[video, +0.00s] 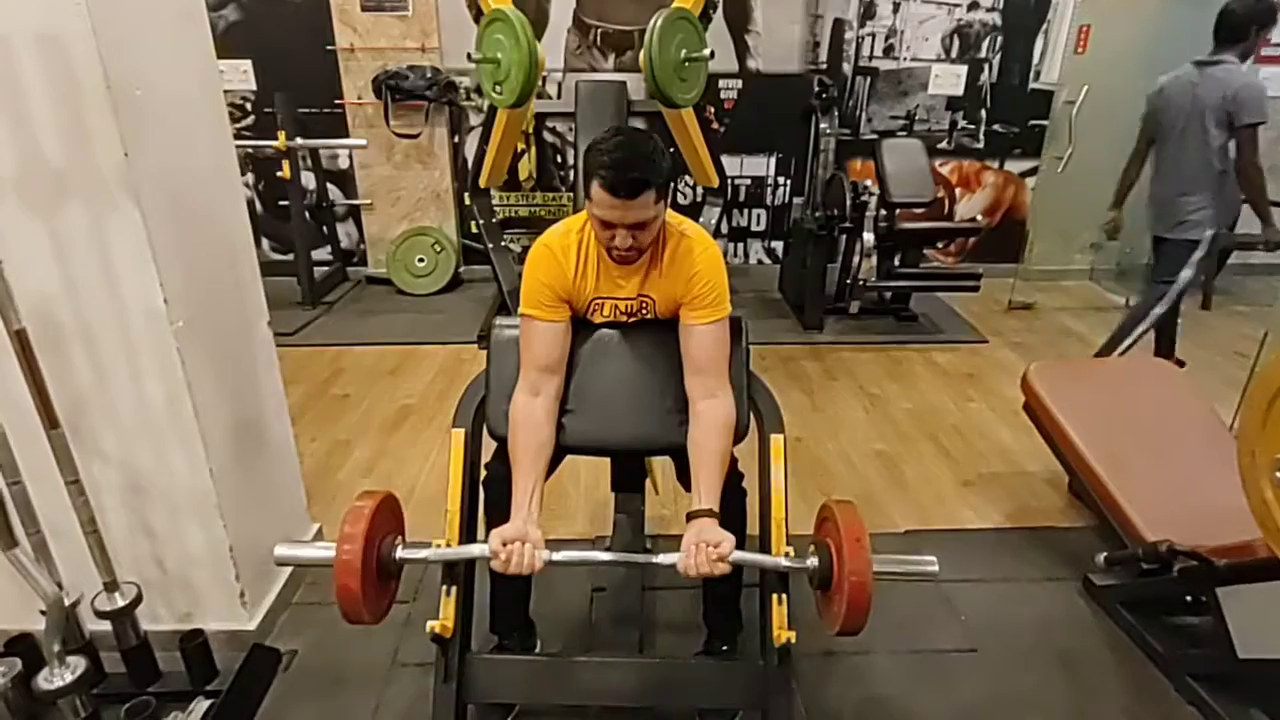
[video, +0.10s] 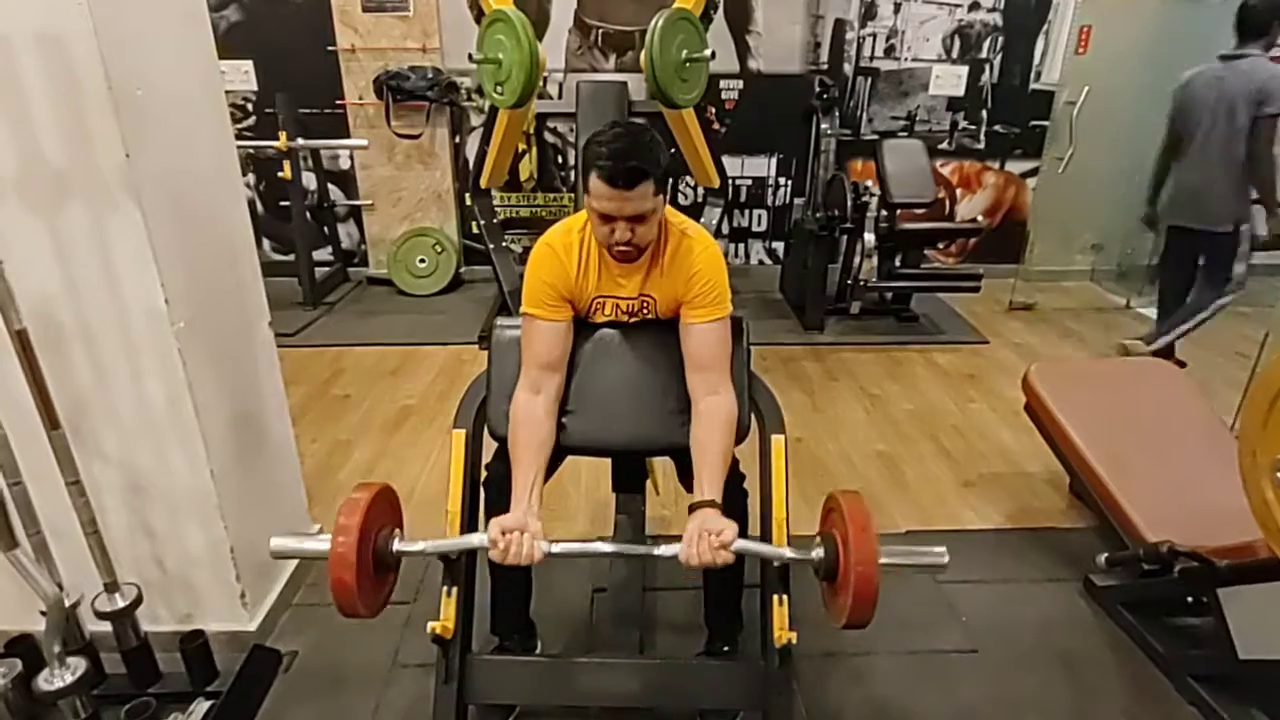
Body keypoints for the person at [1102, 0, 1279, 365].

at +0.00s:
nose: (1264, 44)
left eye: (1266, 37)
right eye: (1265, 37)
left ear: (1217, 34)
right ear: (1254, 38)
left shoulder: (1169, 85)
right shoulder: (1243, 88)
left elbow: (1140, 152)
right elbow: (1247, 165)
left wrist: (1116, 209)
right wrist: (1268, 222)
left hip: (1162, 212)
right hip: (1204, 216)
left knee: (1167, 295)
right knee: (1156, 301)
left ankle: (1164, 362)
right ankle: (1101, 362)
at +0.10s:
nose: (1278, 38)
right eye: (1277, 31)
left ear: (1238, 31)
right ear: (1273, 34)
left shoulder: (1193, 79)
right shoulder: (1267, 77)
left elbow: (1169, 146)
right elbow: (1261, 153)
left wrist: (1151, 201)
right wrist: (1272, 214)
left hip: (1180, 204)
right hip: (1224, 209)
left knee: (1172, 285)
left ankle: (1165, 358)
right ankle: (1154, 342)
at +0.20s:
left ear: (1242, 32)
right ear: (1276, 36)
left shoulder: (1199, 77)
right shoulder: (1271, 76)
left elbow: (1175, 148)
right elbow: (1263, 153)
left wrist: (1162, 200)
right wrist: (1272, 209)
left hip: (1184, 202)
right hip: (1230, 207)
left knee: (1173, 282)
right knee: (1223, 282)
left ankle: (1164, 349)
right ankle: (1168, 341)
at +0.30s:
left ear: (1260, 32)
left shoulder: (1219, 76)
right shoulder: (1275, 82)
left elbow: (1198, 141)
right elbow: (1271, 155)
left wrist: (1204, 180)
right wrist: (1273, 211)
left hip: (1201, 197)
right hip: (1250, 204)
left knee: (1182, 275)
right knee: (1247, 277)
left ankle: (1163, 351)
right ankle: (1216, 349)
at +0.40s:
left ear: (1264, 35)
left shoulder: (1223, 77)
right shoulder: (1276, 83)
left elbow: (1203, 137)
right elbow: (1273, 155)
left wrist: (1206, 179)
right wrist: (1274, 211)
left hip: (1203, 196)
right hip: (1252, 204)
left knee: (1184, 274)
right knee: (1248, 280)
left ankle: (1164, 350)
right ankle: (1227, 352)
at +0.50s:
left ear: (1273, 52)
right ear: (1279, 56)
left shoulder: (1246, 81)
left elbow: (1221, 140)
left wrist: (1235, 171)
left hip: (1223, 198)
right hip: (1267, 205)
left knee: (1200, 270)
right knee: (1253, 278)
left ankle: (1168, 347)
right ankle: (1239, 344)